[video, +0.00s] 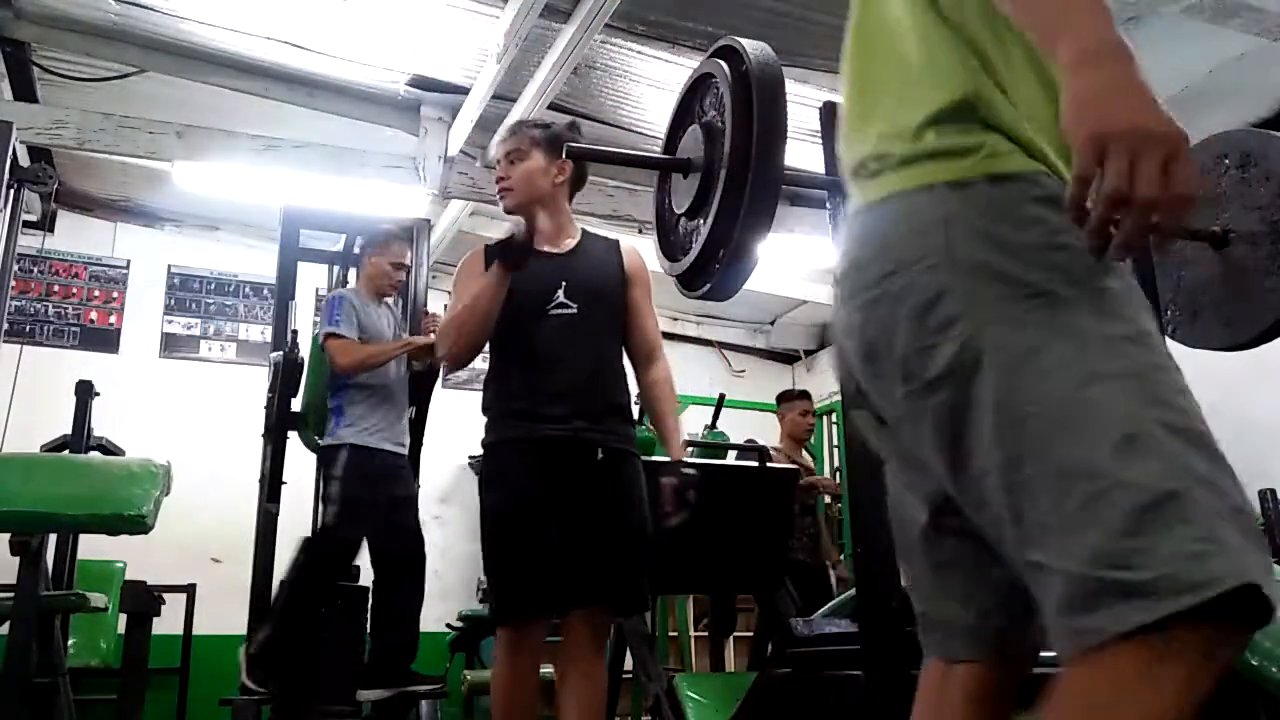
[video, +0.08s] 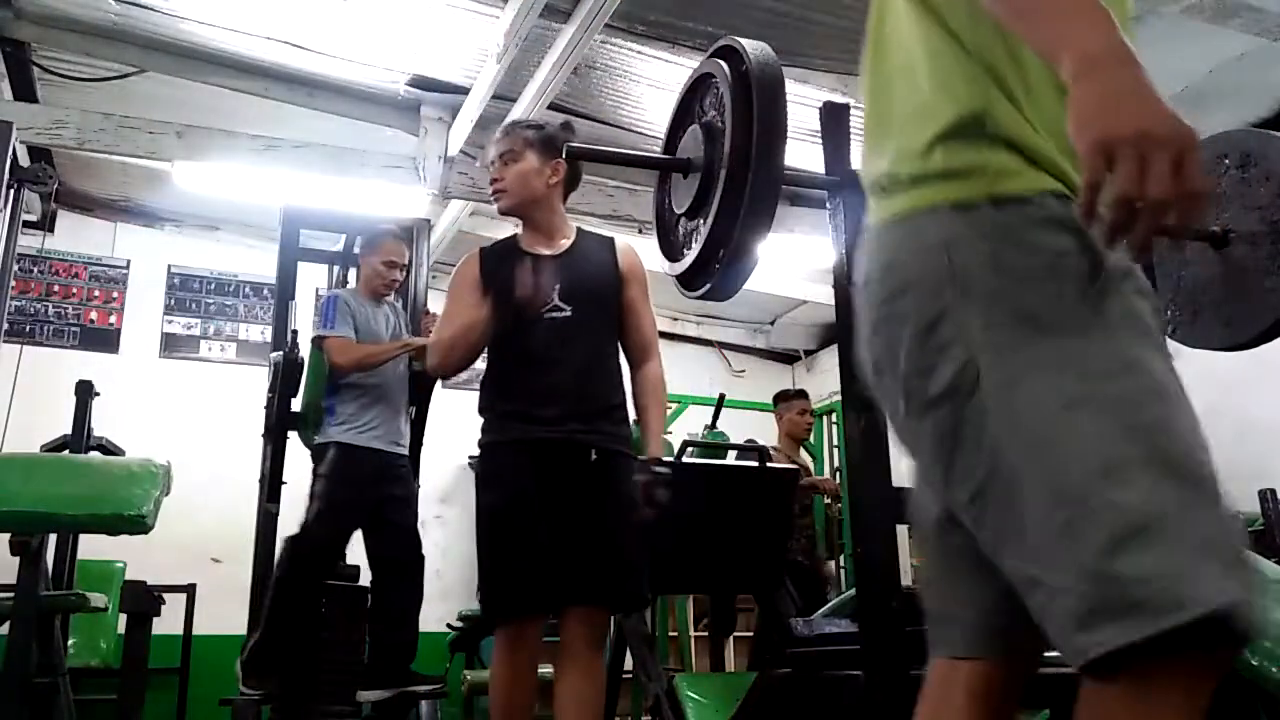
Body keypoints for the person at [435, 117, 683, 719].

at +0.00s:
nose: (499, 175)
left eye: (514, 159)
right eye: (496, 165)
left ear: (561, 170)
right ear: (500, 181)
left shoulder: (622, 259)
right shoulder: (486, 260)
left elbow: (651, 364)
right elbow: (452, 351)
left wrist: (675, 457)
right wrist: (502, 268)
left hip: (604, 459)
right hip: (517, 460)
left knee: (589, 631)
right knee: (519, 634)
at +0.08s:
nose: (493, 174)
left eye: (508, 159)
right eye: (492, 164)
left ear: (555, 171)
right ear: (498, 180)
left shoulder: (619, 259)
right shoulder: (481, 266)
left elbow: (645, 361)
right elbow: (442, 361)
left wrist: (653, 458)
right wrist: (501, 308)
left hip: (599, 459)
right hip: (512, 460)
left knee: (587, 627)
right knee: (516, 630)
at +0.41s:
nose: (474, 184)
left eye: (489, 169)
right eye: (472, 173)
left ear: (538, 177)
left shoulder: (602, 257)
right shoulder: (461, 272)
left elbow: (639, 354)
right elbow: (395, 360)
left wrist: (661, 448)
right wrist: (439, 443)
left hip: (601, 467)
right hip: (510, 471)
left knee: (635, 606)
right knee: (518, 635)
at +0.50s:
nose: (483, 184)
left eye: (499, 170)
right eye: (479, 173)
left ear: (547, 178)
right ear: (476, 184)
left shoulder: (603, 258)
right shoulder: (462, 272)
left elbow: (639, 355)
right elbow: (399, 357)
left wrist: (663, 452)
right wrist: (444, 445)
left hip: (603, 467)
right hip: (513, 473)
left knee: (639, 610)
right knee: (519, 637)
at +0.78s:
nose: (583, 184)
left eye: (592, 175)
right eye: (567, 171)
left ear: (601, 187)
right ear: (533, 180)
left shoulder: (624, 273)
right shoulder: (491, 270)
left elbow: (651, 370)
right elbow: (436, 364)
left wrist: (676, 459)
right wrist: (472, 450)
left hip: (616, 473)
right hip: (532, 475)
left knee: (645, 625)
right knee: (531, 639)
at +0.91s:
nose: (621, 191)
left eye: (628, 182)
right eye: (605, 177)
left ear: (632, 196)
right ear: (564, 185)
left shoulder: (643, 281)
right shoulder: (519, 269)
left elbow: (662, 379)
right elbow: (461, 360)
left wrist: (690, 461)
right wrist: (506, 448)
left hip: (630, 478)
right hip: (551, 477)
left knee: (644, 630)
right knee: (541, 640)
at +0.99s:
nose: (644, 192)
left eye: (646, 183)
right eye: (629, 179)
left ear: (645, 196)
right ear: (588, 187)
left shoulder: (656, 286)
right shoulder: (544, 264)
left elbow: (671, 384)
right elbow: (487, 349)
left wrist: (701, 464)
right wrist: (531, 435)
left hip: (643, 476)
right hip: (569, 474)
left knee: (647, 631)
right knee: (551, 636)